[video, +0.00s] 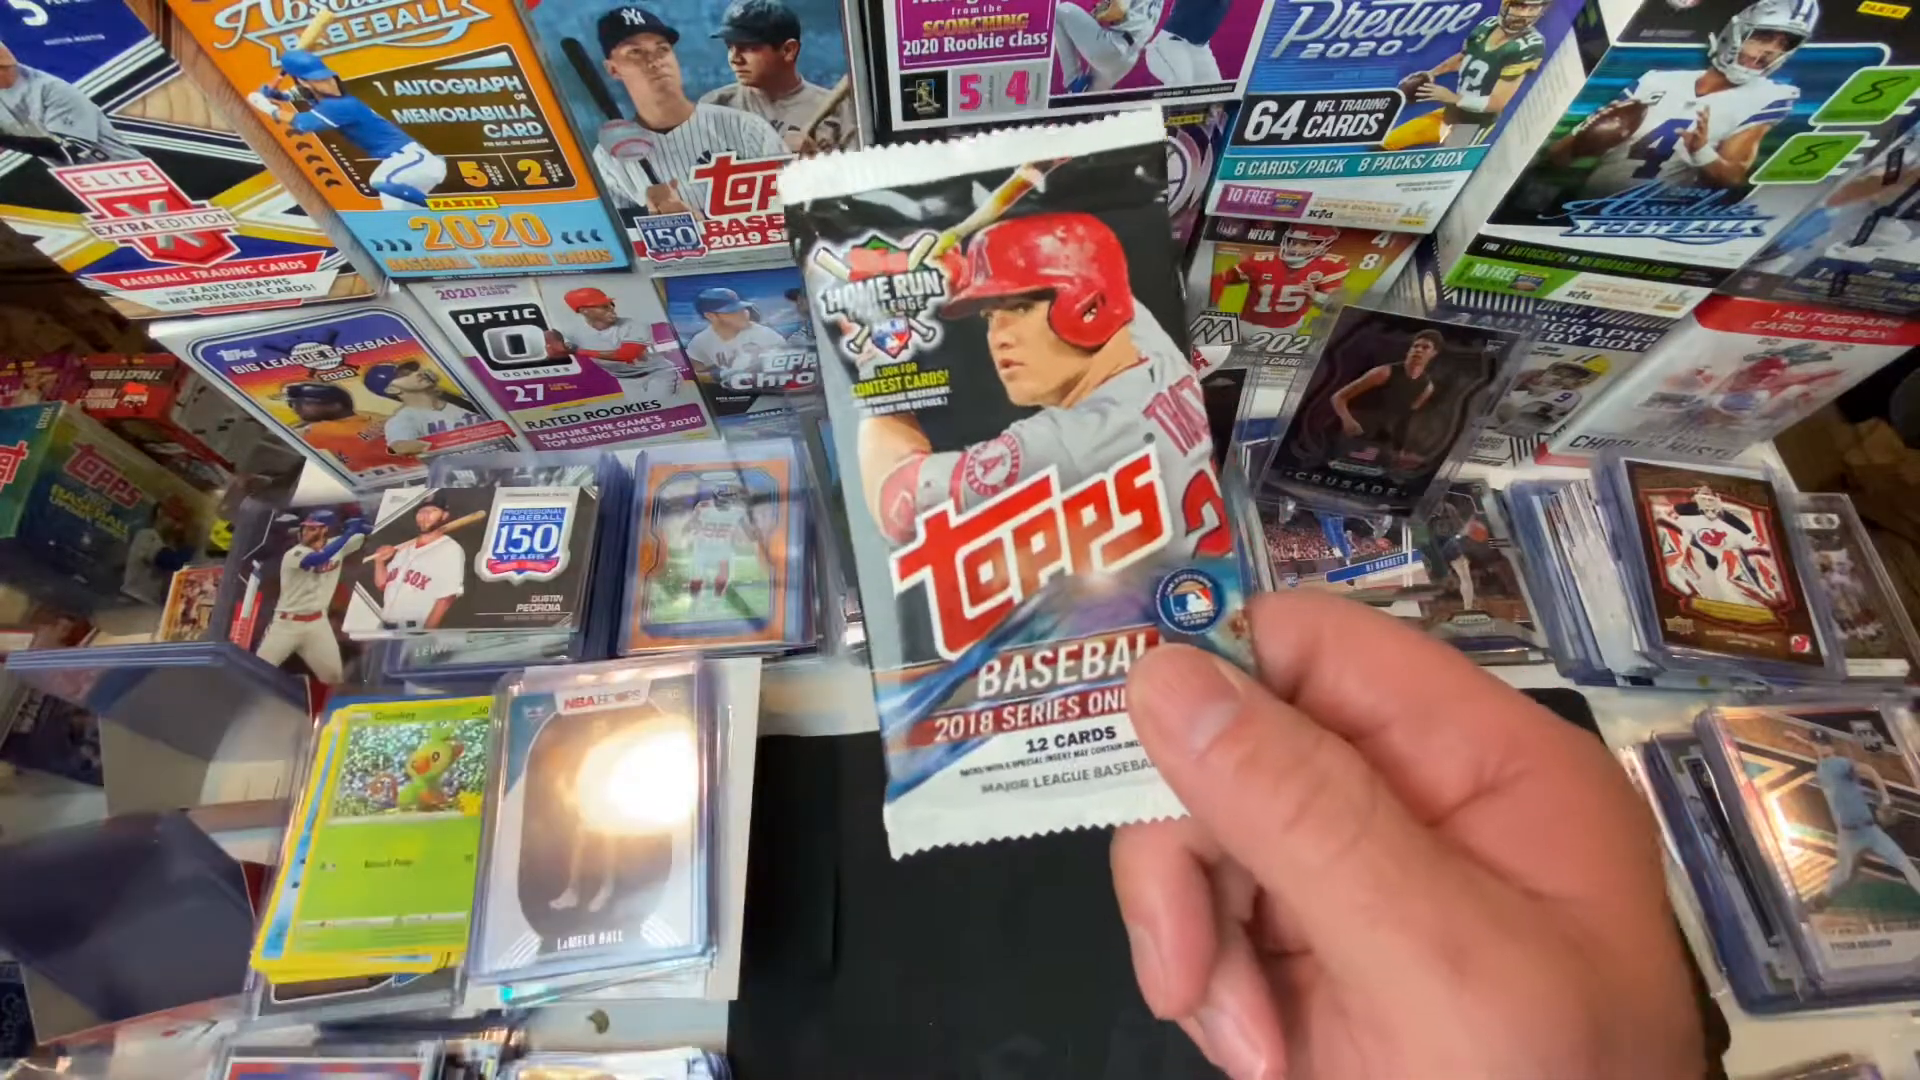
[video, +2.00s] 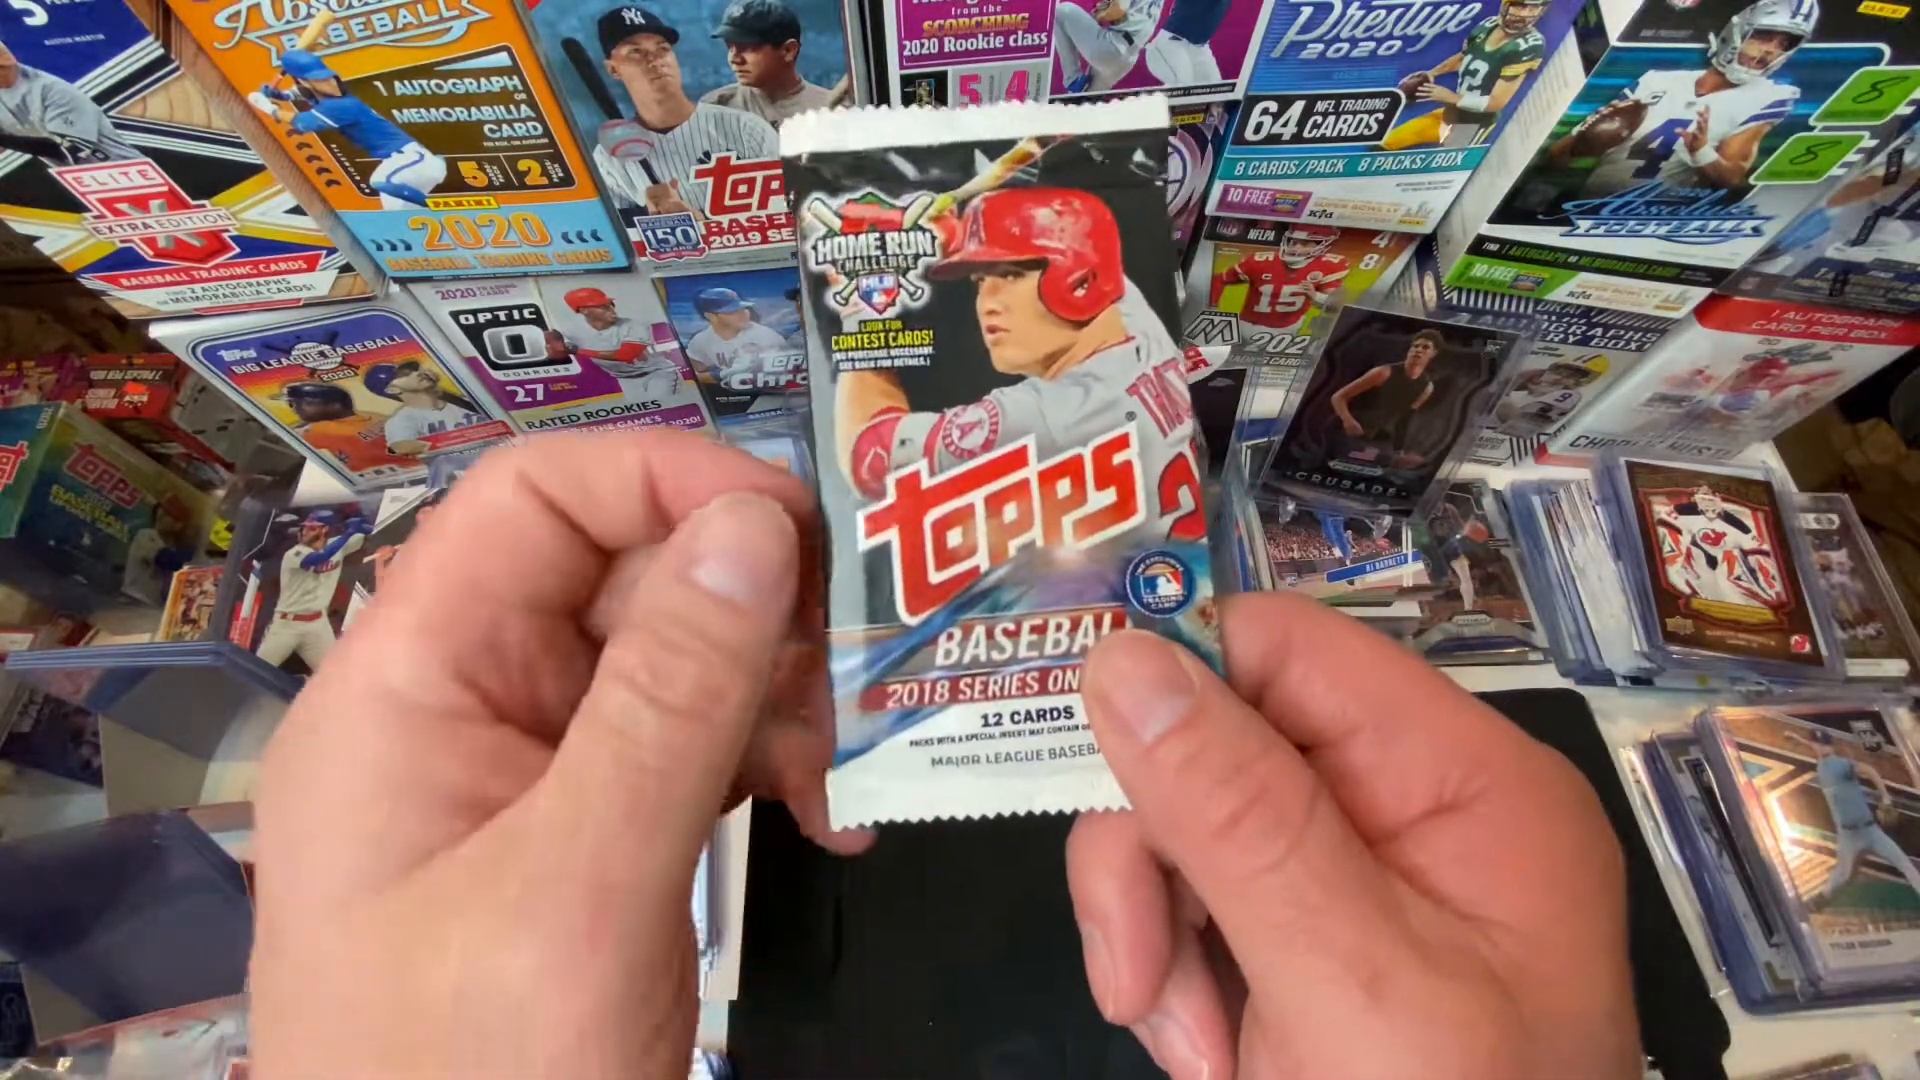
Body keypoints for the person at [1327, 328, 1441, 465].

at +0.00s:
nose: (1418, 350)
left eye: (1425, 347)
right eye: (1416, 346)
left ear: (1434, 354)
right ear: (1410, 349)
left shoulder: (1427, 388)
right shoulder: (1384, 373)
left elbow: (1406, 416)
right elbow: (1338, 398)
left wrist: (1400, 450)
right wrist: (1348, 421)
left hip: (1387, 443)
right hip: (1361, 436)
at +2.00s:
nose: (1419, 350)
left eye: (1426, 347)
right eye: (1416, 346)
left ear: (1434, 354)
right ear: (1410, 349)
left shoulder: (1426, 389)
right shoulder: (1384, 373)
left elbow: (1405, 417)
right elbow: (1338, 397)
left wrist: (1400, 452)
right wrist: (1348, 420)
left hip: (1381, 438)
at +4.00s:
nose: (1418, 351)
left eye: (1425, 347)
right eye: (1415, 346)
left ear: (1434, 354)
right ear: (1409, 349)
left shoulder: (1426, 388)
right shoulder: (1384, 373)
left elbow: (1406, 417)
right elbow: (1338, 397)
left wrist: (1400, 450)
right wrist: (1348, 421)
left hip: (1385, 444)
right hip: (1359, 437)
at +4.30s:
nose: (1418, 351)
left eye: (1425, 347)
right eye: (1415, 346)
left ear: (1433, 354)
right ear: (1409, 350)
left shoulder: (1426, 388)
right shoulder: (1384, 373)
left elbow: (1405, 418)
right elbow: (1338, 398)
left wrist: (1400, 449)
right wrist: (1348, 421)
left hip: (1384, 439)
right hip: (1358, 433)